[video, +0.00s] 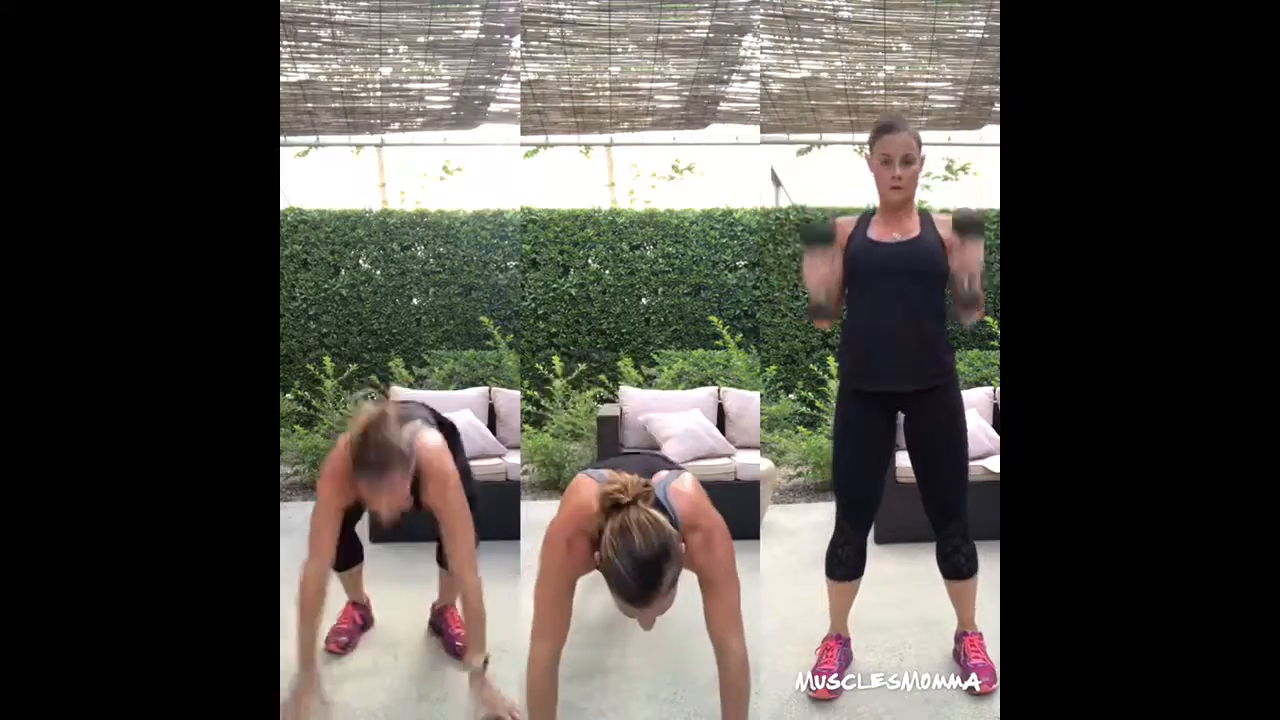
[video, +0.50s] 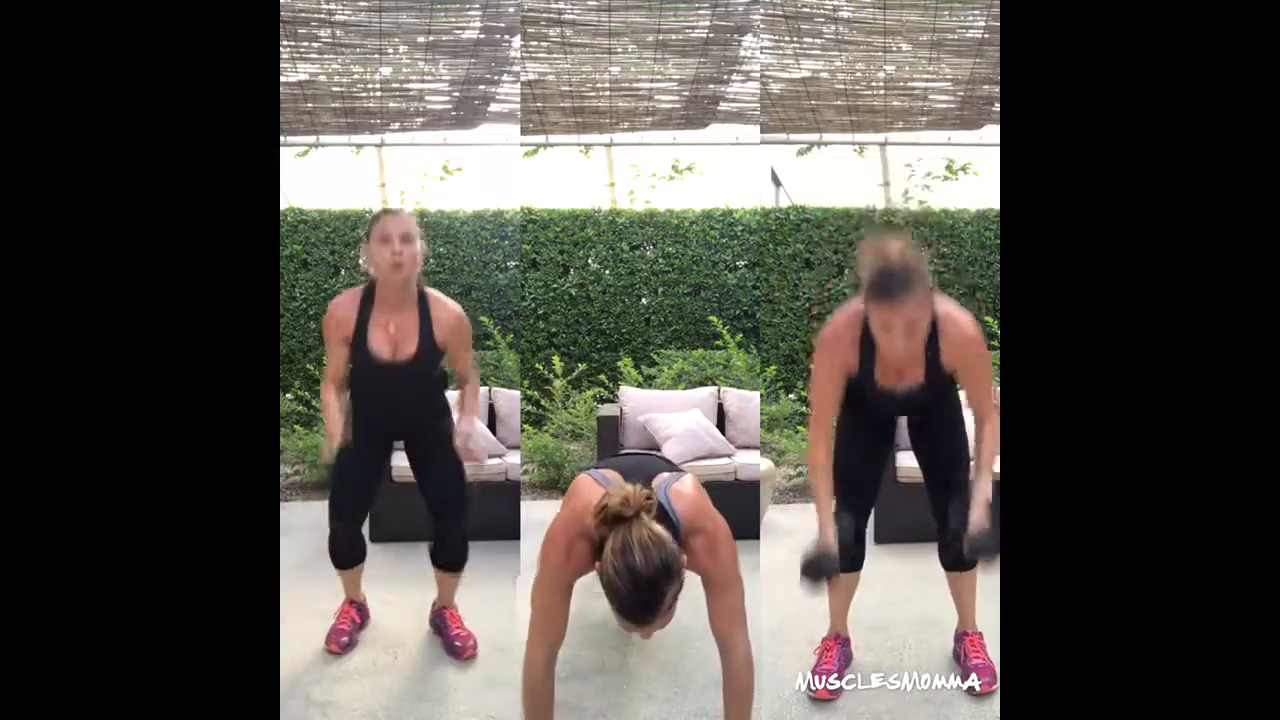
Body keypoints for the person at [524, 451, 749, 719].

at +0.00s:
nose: (647, 625)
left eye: (661, 608)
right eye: (630, 612)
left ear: (681, 551)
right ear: (599, 561)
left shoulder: (704, 523)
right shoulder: (569, 527)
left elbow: (730, 647)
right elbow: (544, 648)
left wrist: (734, 716)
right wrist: (541, 717)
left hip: (672, 475)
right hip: (598, 474)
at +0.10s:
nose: (647, 625)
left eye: (662, 608)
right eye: (631, 612)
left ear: (683, 554)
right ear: (600, 561)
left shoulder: (706, 525)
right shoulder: (568, 532)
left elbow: (732, 648)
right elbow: (545, 654)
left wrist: (735, 716)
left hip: (674, 473)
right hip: (599, 472)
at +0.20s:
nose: (647, 627)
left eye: (661, 611)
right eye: (630, 615)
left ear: (683, 555)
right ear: (599, 562)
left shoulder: (707, 526)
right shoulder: (568, 532)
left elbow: (734, 650)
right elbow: (546, 653)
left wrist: (736, 716)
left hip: (675, 474)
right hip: (601, 474)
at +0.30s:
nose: (647, 627)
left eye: (662, 611)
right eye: (630, 615)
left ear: (683, 557)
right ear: (599, 562)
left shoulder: (708, 526)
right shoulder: (568, 533)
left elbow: (733, 649)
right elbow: (546, 653)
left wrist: (735, 716)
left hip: (676, 474)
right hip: (601, 474)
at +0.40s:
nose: (647, 628)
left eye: (663, 612)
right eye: (632, 617)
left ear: (683, 555)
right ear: (599, 563)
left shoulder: (706, 523)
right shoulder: (568, 532)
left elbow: (733, 649)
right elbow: (545, 652)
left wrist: (735, 716)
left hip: (673, 475)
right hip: (600, 475)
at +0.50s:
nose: (646, 636)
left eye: (663, 621)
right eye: (630, 626)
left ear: (682, 563)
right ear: (599, 570)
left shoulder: (708, 530)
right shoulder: (568, 533)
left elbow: (736, 650)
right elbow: (541, 651)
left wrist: (738, 715)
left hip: (674, 477)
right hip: (598, 477)